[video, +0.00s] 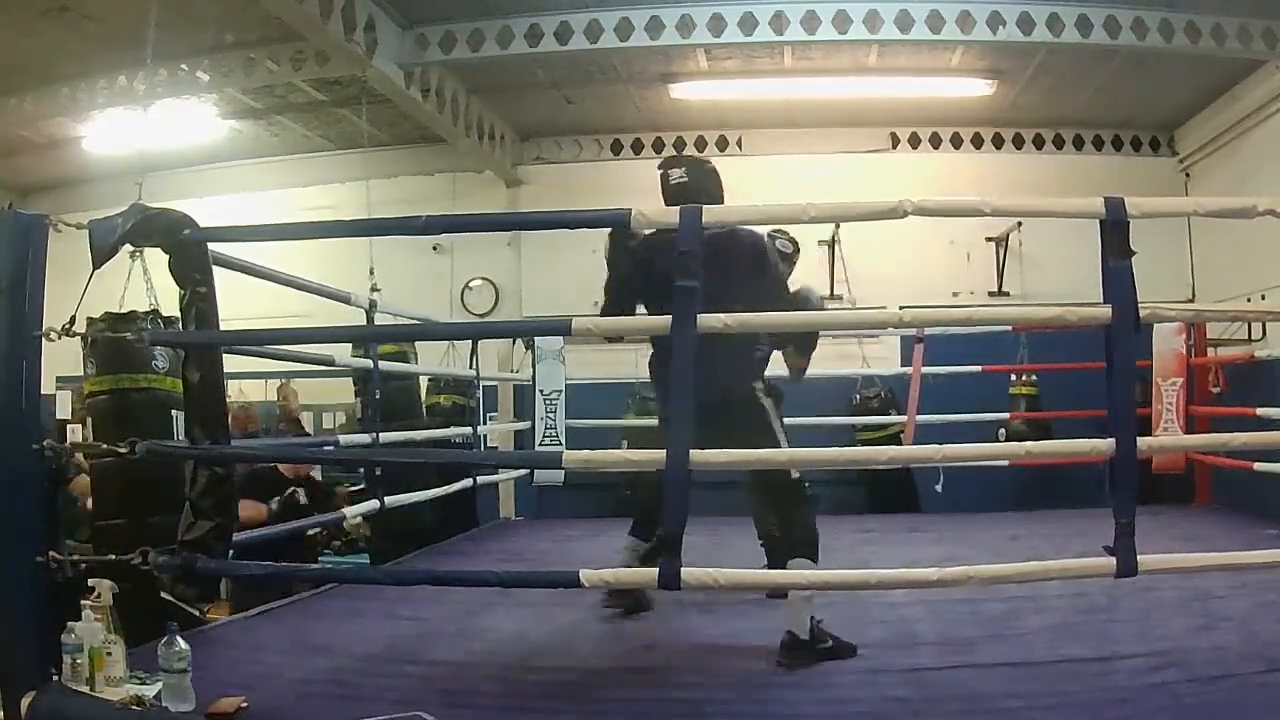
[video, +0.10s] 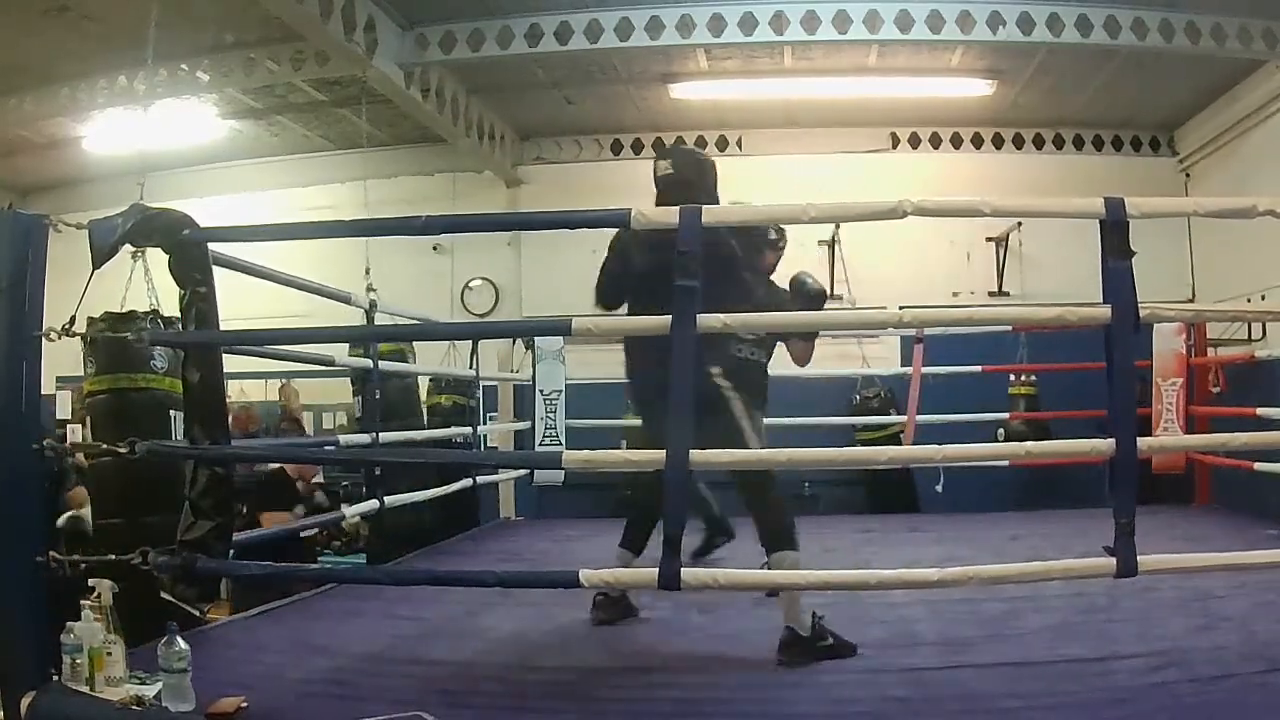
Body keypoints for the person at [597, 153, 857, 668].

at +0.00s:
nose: (703, 207)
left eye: (682, 199)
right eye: (710, 194)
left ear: (666, 199)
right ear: (718, 195)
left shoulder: (647, 250)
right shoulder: (745, 245)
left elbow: (613, 322)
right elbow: (792, 337)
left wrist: (619, 257)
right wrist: (807, 305)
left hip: (674, 408)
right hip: (740, 403)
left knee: (662, 478)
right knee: (786, 498)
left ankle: (628, 575)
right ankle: (801, 625)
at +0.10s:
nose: (715, 194)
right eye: (713, 184)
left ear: (659, 188)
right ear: (710, 186)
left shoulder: (635, 238)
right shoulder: (715, 239)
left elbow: (605, 297)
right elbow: (753, 299)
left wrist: (636, 243)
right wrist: (800, 301)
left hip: (650, 386)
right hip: (708, 384)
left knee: (653, 480)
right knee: (764, 490)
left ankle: (612, 588)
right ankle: (800, 624)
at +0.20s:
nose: (696, 187)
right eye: (693, 178)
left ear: (642, 171)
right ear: (683, 179)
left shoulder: (613, 215)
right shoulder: (677, 218)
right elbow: (715, 281)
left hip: (614, 353)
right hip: (649, 358)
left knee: (643, 465)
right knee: (703, 467)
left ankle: (603, 585)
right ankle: (743, 609)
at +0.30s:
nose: (672, 171)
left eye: (671, 163)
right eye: (670, 162)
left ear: (621, 156)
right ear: (658, 159)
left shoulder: (587, 199)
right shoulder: (646, 192)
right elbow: (670, 263)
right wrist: (694, 207)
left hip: (589, 333)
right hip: (622, 336)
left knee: (635, 454)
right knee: (653, 455)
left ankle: (597, 585)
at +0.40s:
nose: (650, 182)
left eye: (650, 174)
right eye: (648, 173)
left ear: (601, 163)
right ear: (634, 167)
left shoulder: (567, 208)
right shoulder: (619, 206)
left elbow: (557, 289)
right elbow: (645, 285)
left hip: (580, 349)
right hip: (600, 353)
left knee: (628, 464)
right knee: (594, 477)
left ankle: (580, 559)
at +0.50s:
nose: (635, 203)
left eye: (635, 194)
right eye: (632, 193)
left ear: (592, 181)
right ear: (613, 189)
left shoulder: (586, 229)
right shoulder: (576, 228)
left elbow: (610, 298)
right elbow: (612, 300)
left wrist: (639, 278)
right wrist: (643, 287)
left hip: (581, 370)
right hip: (562, 371)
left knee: (610, 483)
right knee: (575, 487)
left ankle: (566, 574)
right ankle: (507, 622)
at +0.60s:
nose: (625, 191)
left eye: (626, 182)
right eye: (621, 180)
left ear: (585, 172)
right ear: (596, 175)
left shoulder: (573, 217)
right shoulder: (562, 217)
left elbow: (603, 296)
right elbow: (605, 296)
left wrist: (633, 255)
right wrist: (633, 251)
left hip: (570, 355)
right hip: (550, 355)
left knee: (582, 463)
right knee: (536, 468)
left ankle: (563, 577)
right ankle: (504, 611)